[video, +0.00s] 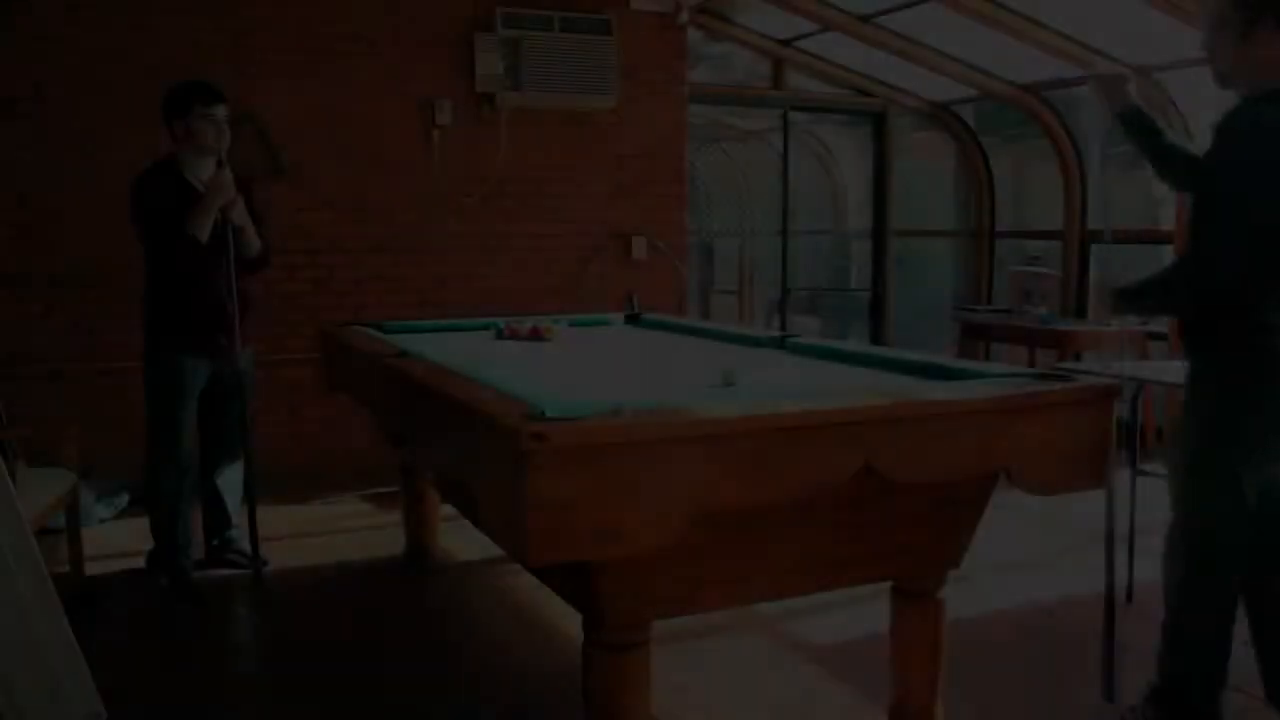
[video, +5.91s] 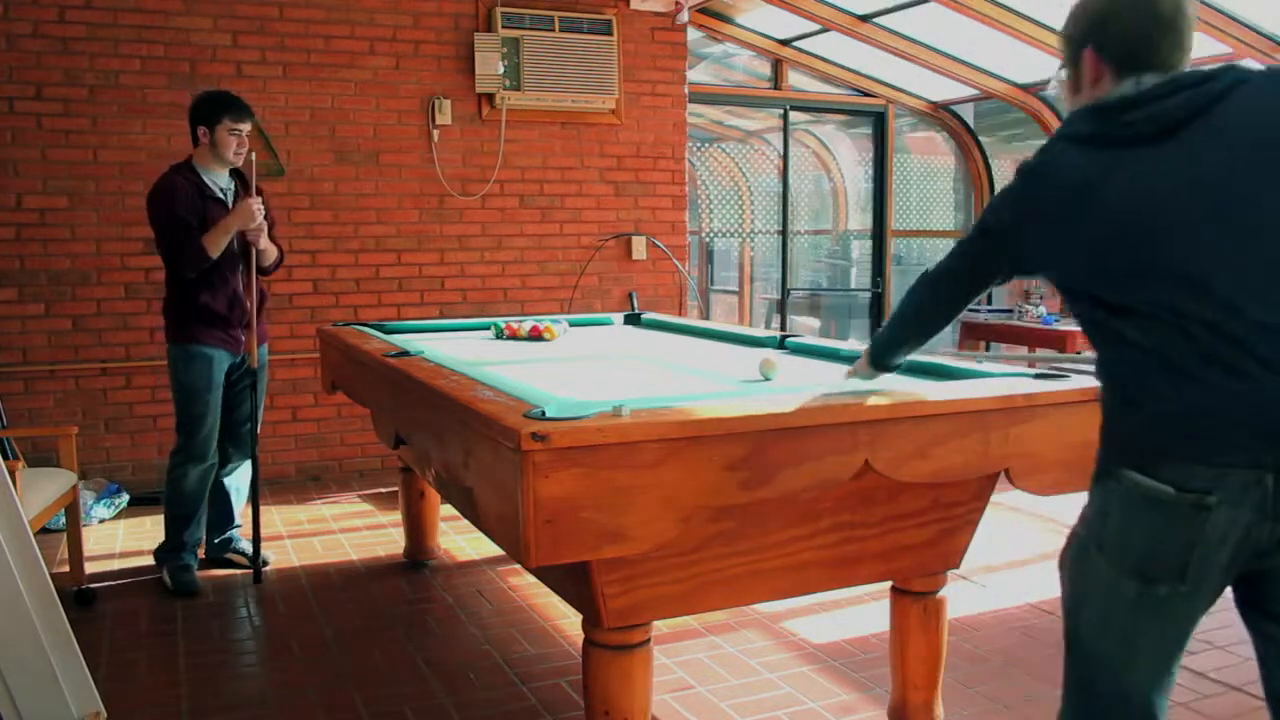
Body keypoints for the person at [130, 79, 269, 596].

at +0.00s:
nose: (222, 132)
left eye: (224, 122)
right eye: (210, 122)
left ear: (227, 130)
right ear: (181, 129)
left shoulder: (225, 182)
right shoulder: (156, 184)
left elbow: (255, 260)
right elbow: (173, 256)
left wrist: (238, 214)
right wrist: (210, 205)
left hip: (224, 331)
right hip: (174, 332)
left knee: (225, 444)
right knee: (176, 448)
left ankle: (222, 540)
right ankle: (172, 554)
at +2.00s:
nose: (230, 134)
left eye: (233, 125)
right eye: (220, 124)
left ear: (231, 131)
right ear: (186, 128)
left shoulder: (233, 181)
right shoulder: (158, 185)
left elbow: (257, 261)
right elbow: (179, 261)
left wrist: (246, 220)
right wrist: (218, 205)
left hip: (236, 339)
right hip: (184, 342)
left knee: (229, 449)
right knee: (176, 455)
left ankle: (223, 542)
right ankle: (171, 558)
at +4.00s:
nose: (223, 135)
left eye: (228, 126)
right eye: (213, 125)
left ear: (232, 130)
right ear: (181, 129)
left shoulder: (238, 185)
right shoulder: (155, 187)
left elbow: (258, 262)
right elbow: (174, 262)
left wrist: (243, 222)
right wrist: (210, 204)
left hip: (237, 339)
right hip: (182, 341)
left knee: (229, 450)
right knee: (175, 455)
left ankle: (223, 542)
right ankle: (171, 558)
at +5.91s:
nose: (244, 143)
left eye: (248, 134)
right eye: (235, 133)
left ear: (248, 139)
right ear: (204, 134)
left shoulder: (242, 187)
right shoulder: (171, 189)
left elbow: (270, 263)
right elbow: (185, 265)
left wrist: (264, 245)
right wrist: (232, 222)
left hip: (249, 333)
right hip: (200, 336)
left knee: (238, 447)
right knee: (199, 449)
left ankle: (221, 542)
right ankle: (177, 555)